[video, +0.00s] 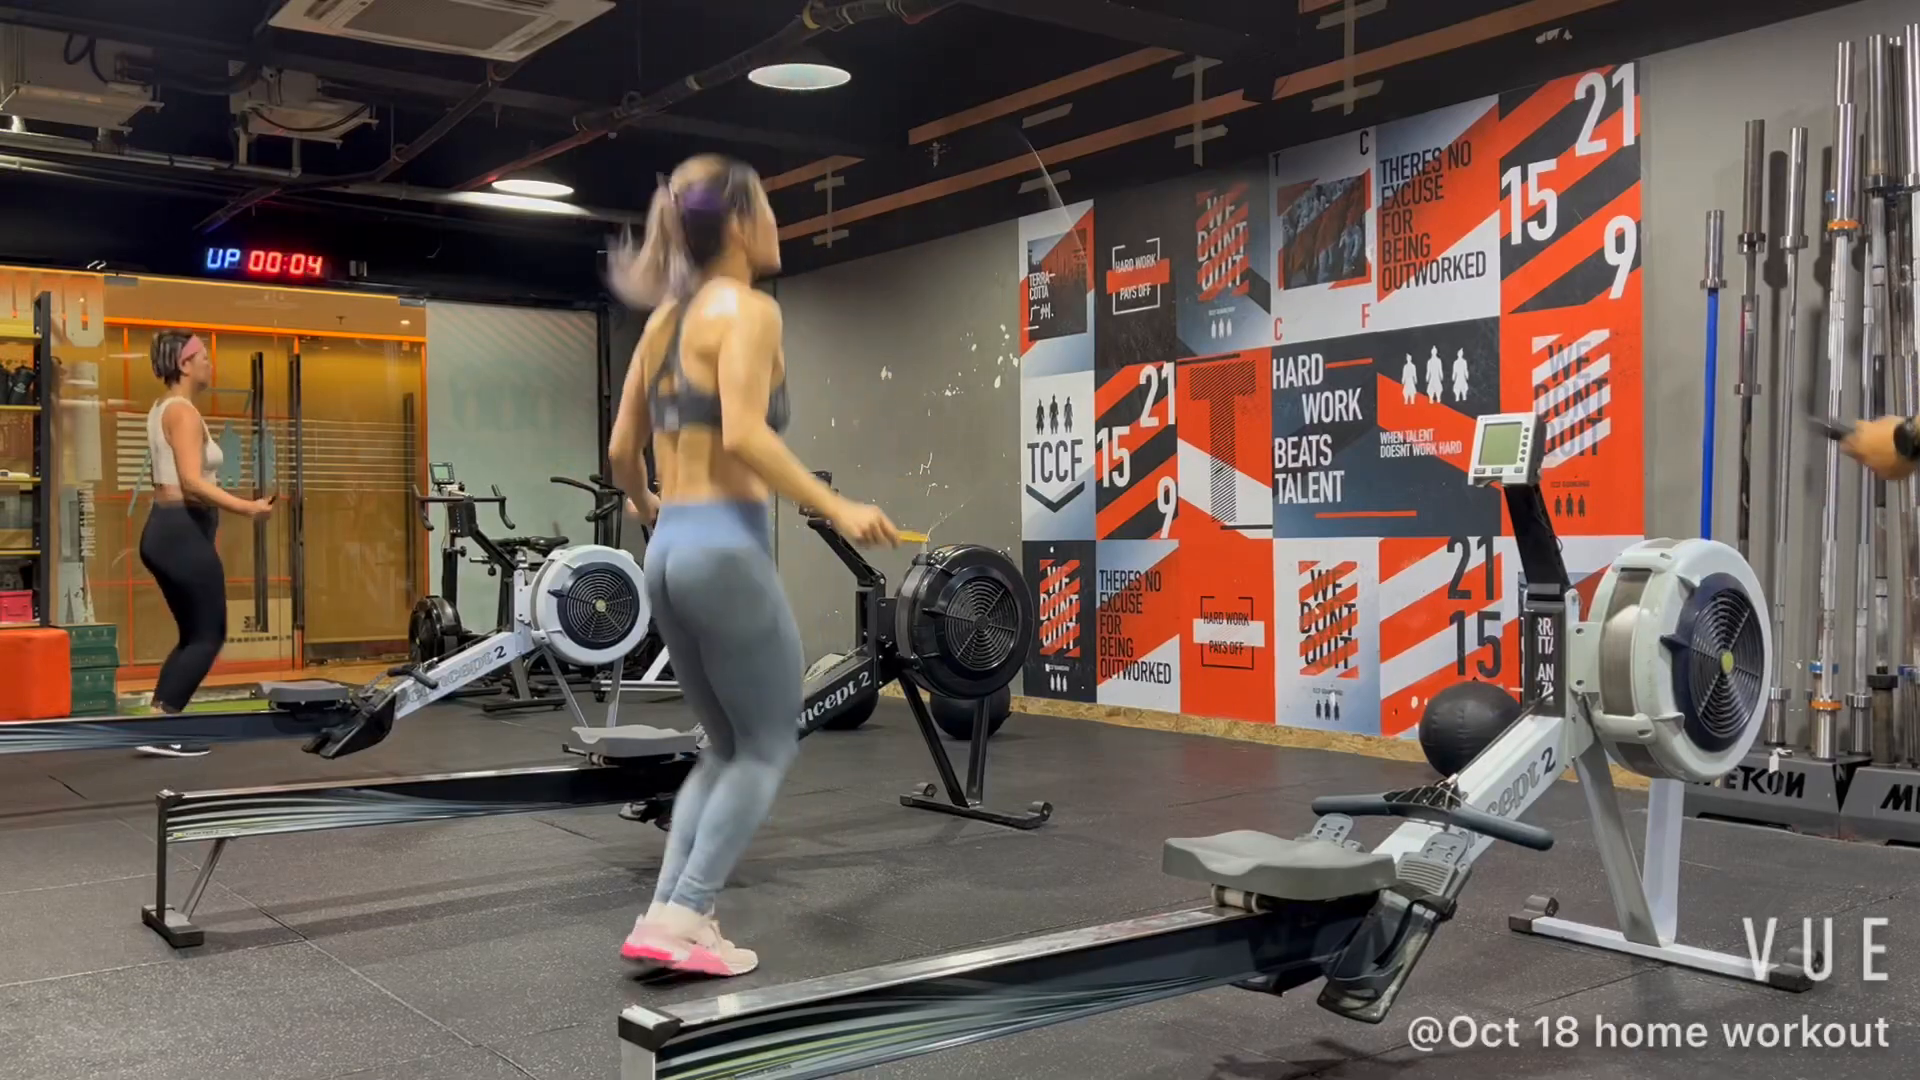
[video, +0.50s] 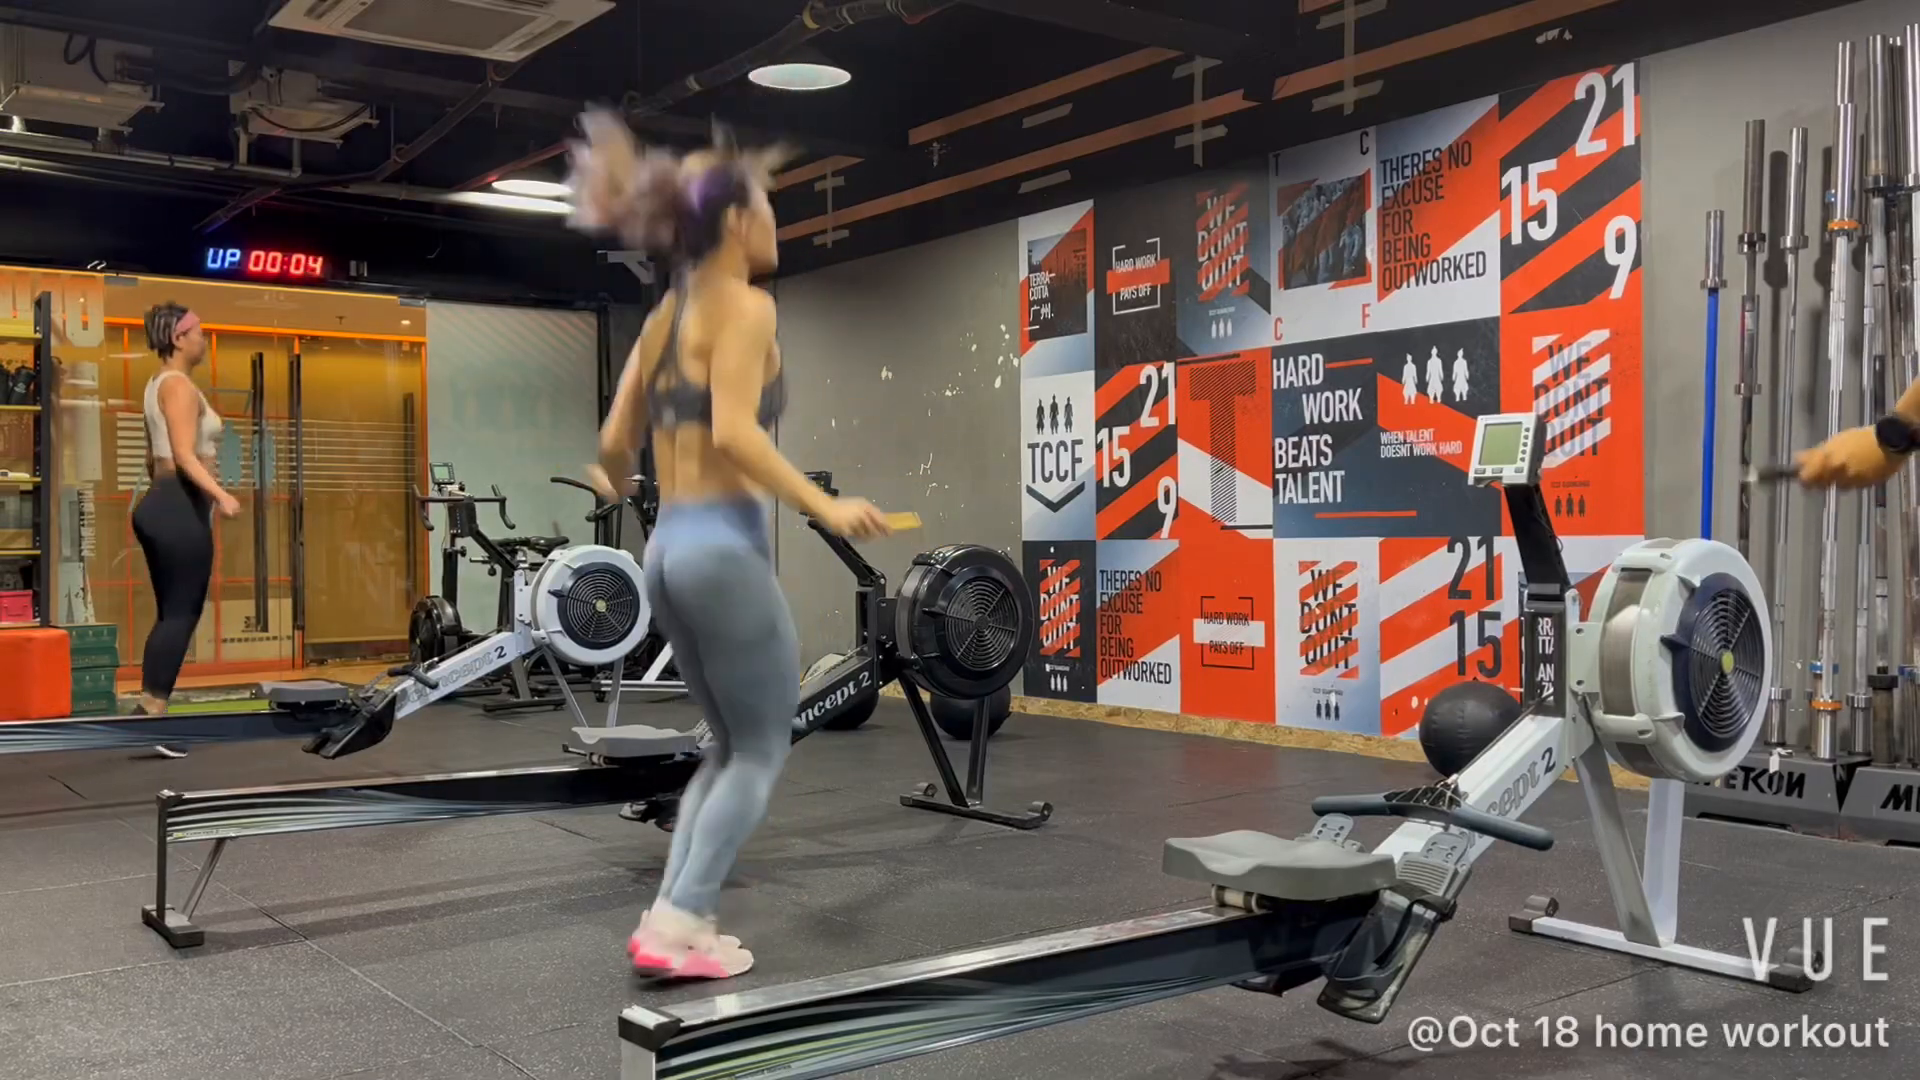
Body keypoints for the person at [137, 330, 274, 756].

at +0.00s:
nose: (210, 365)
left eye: (207, 357)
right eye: (204, 358)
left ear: (180, 366)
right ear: (185, 364)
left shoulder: (164, 410)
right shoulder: (183, 412)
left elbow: (178, 484)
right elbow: (193, 482)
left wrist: (205, 534)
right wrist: (249, 507)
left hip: (165, 529)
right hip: (182, 531)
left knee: (195, 634)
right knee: (209, 634)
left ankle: (156, 716)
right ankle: (163, 718)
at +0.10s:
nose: (207, 336)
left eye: (203, 329)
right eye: (200, 330)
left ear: (174, 339)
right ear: (180, 337)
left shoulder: (159, 384)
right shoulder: (181, 384)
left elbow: (160, 457)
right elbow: (187, 454)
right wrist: (221, 493)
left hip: (165, 498)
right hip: (182, 499)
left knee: (181, 607)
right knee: (191, 608)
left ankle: (166, 700)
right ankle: (172, 705)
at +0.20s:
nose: (206, 330)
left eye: (203, 323)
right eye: (199, 324)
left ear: (173, 332)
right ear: (180, 331)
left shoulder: (159, 378)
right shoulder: (179, 378)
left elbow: (158, 452)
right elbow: (179, 447)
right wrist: (217, 476)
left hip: (161, 494)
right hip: (178, 495)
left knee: (180, 603)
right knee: (193, 601)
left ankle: (159, 696)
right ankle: (158, 698)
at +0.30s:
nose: (206, 349)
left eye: (203, 340)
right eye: (201, 341)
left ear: (174, 348)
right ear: (181, 346)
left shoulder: (159, 395)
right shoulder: (177, 396)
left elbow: (169, 468)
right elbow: (182, 466)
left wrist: (217, 484)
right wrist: (232, 485)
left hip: (160, 515)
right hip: (176, 516)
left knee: (183, 620)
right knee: (194, 621)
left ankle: (147, 713)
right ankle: (148, 715)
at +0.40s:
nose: (206, 364)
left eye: (203, 356)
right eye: (200, 357)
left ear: (175, 364)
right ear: (181, 363)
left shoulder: (161, 408)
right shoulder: (176, 410)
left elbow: (178, 481)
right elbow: (186, 483)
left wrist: (230, 499)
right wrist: (243, 506)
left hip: (158, 529)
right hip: (174, 531)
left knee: (178, 637)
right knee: (190, 637)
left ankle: (139, 719)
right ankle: (141, 721)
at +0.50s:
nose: (205, 338)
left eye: (202, 331)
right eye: (199, 332)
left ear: (172, 340)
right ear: (179, 339)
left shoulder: (160, 385)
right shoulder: (178, 385)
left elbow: (160, 460)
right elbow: (183, 454)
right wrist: (220, 494)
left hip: (162, 501)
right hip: (179, 502)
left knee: (172, 611)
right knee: (182, 612)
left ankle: (152, 706)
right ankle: (154, 708)